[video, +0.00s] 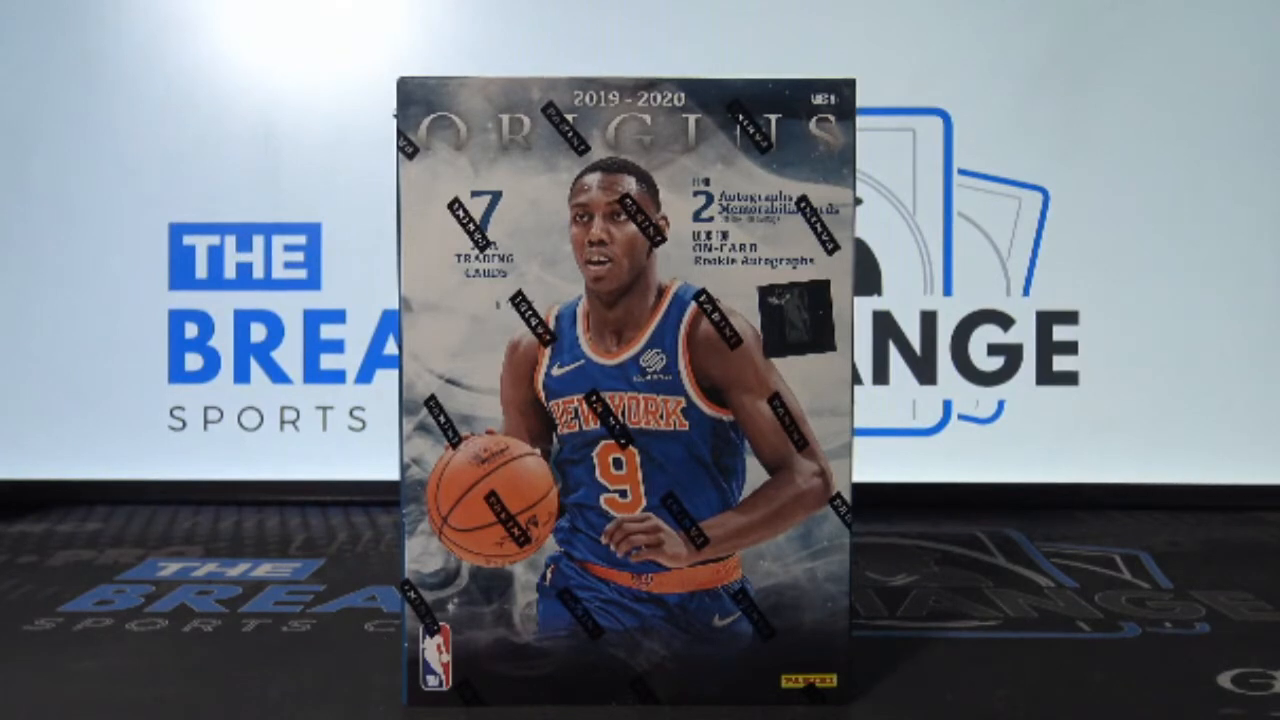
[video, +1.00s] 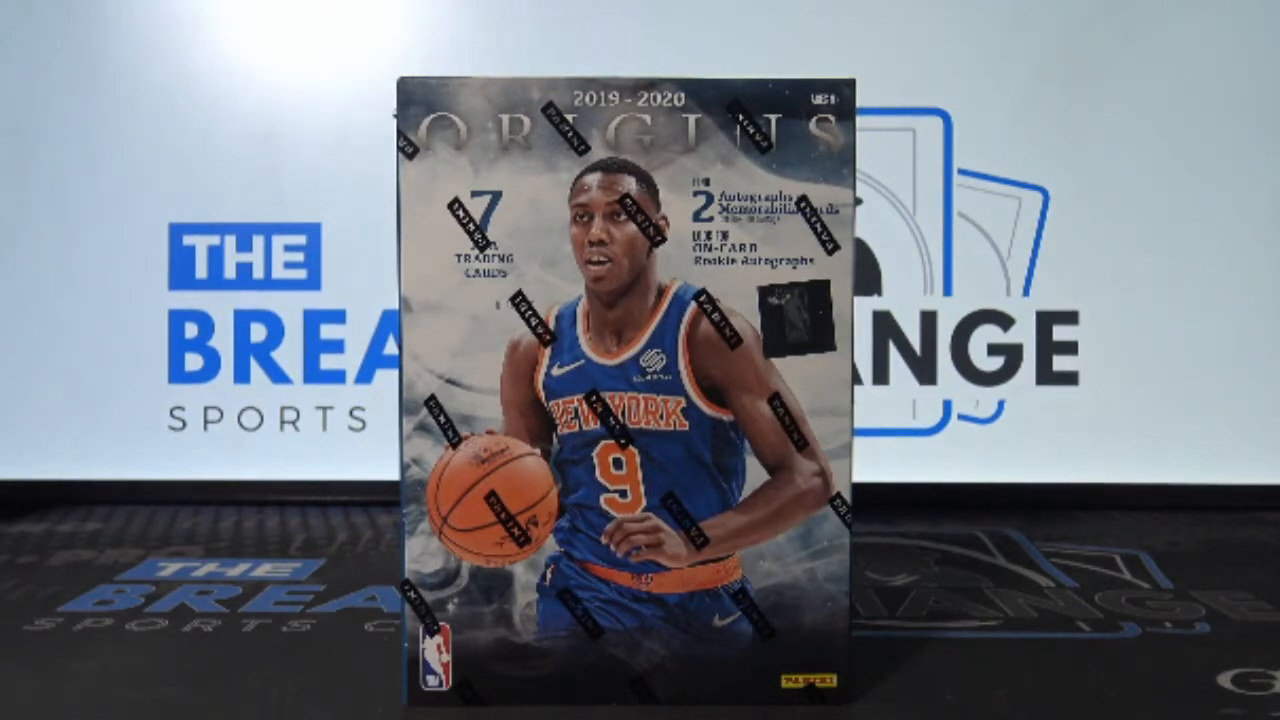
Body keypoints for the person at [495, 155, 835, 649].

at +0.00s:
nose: (595, 234)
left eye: (617, 216)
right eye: (582, 218)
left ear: (657, 230)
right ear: (570, 231)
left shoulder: (712, 334)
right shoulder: (534, 352)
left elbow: (809, 476)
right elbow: (525, 486)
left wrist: (694, 543)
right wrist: (478, 469)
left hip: (697, 611)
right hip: (583, 604)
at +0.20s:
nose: (595, 234)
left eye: (618, 216)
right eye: (582, 218)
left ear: (657, 230)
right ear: (570, 232)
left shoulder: (712, 333)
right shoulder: (534, 352)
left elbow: (809, 476)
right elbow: (526, 486)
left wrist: (694, 543)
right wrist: (479, 469)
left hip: (698, 612)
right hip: (583, 605)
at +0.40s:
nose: (595, 234)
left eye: (617, 216)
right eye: (581, 218)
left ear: (657, 229)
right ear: (569, 231)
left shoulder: (712, 334)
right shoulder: (534, 352)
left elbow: (809, 475)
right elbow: (526, 488)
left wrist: (694, 543)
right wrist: (479, 468)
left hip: (697, 612)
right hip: (582, 604)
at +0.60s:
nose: (595, 235)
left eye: (617, 216)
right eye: (582, 218)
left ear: (657, 229)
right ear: (570, 231)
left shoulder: (712, 334)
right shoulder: (534, 352)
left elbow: (809, 476)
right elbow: (525, 488)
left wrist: (695, 543)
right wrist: (475, 473)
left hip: (697, 612)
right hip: (582, 605)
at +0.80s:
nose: (595, 235)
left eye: (617, 216)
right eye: (582, 218)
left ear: (657, 229)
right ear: (570, 231)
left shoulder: (712, 334)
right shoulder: (534, 352)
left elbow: (809, 476)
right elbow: (525, 488)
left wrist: (695, 543)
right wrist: (475, 473)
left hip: (697, 612)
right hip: (582, 605)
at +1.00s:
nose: (595, 235)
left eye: (617, 216)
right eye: (582, 218)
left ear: (657, 229)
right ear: (570, 231)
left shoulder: (712, 334)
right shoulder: (534, 352)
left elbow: (810, 475)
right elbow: (526, 488)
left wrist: (695, 543)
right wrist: (476, 472)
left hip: (697, 613)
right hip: (582, 606)